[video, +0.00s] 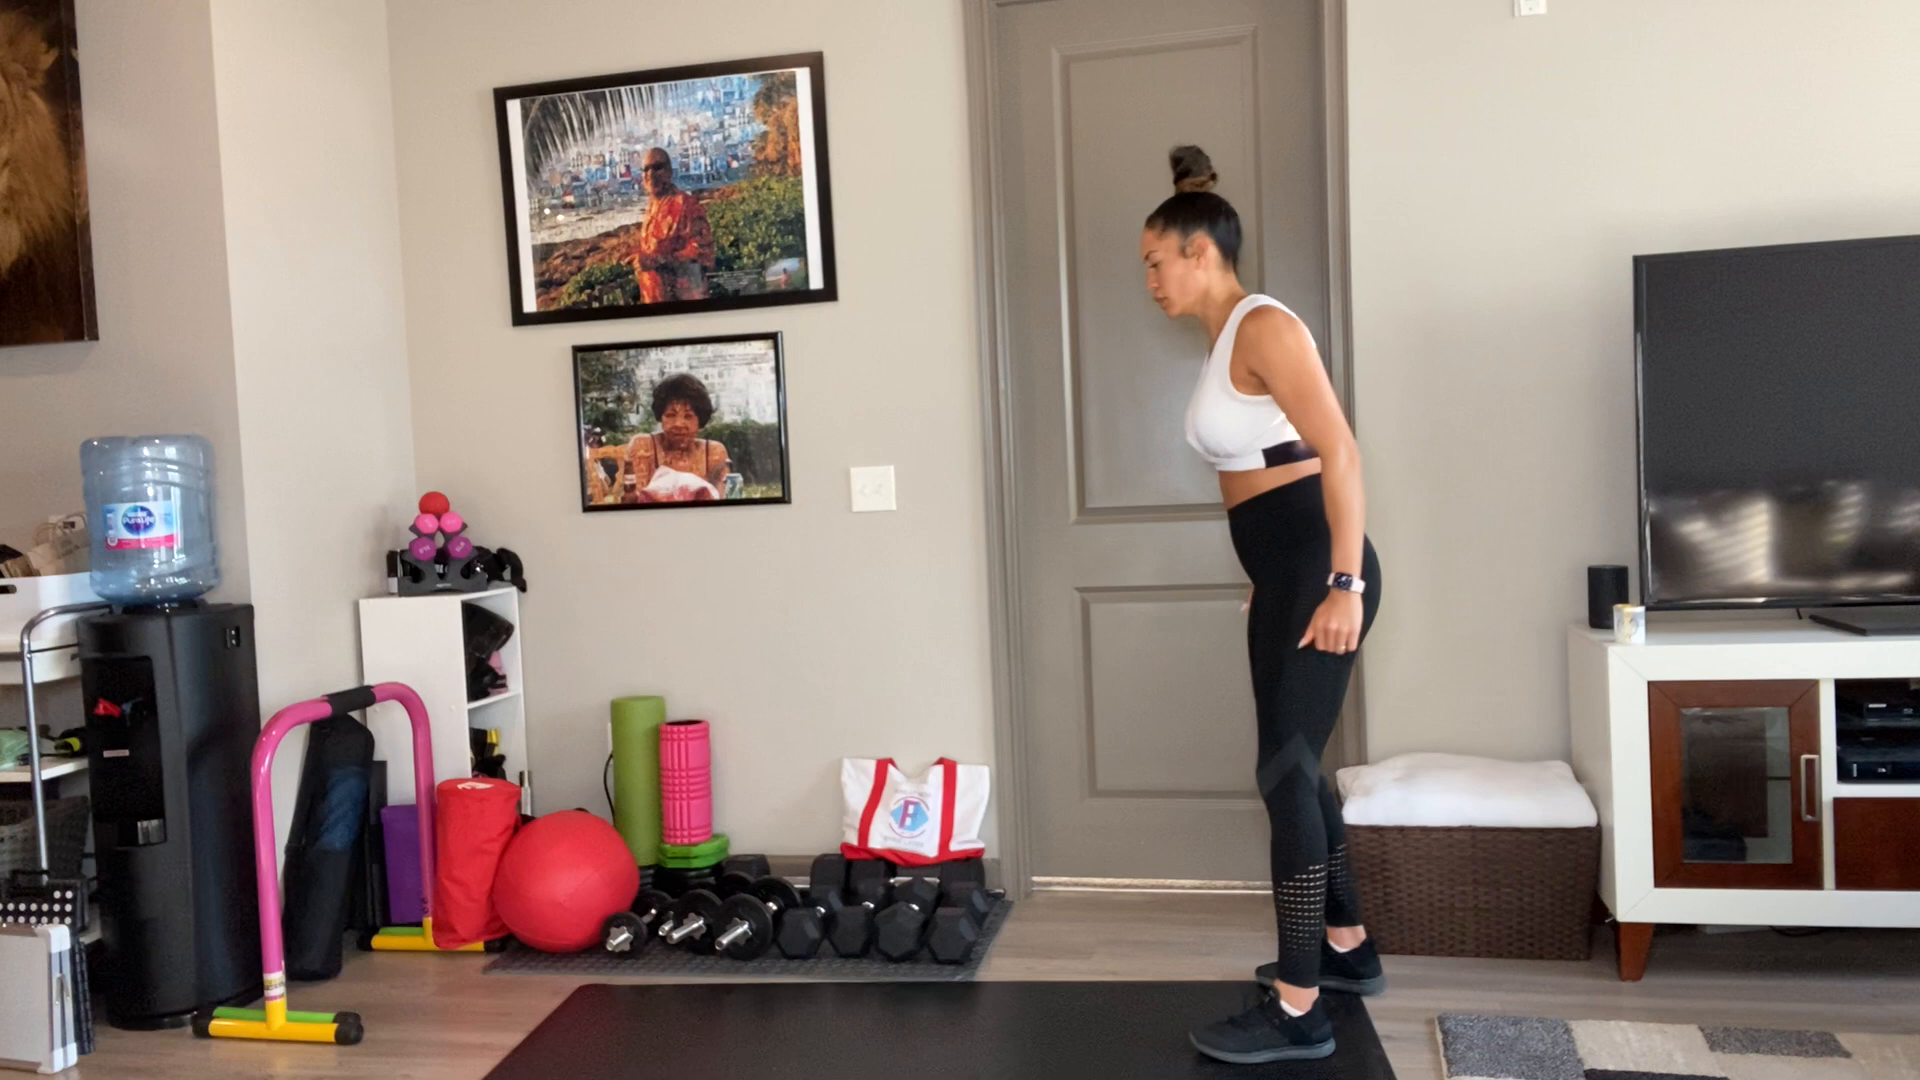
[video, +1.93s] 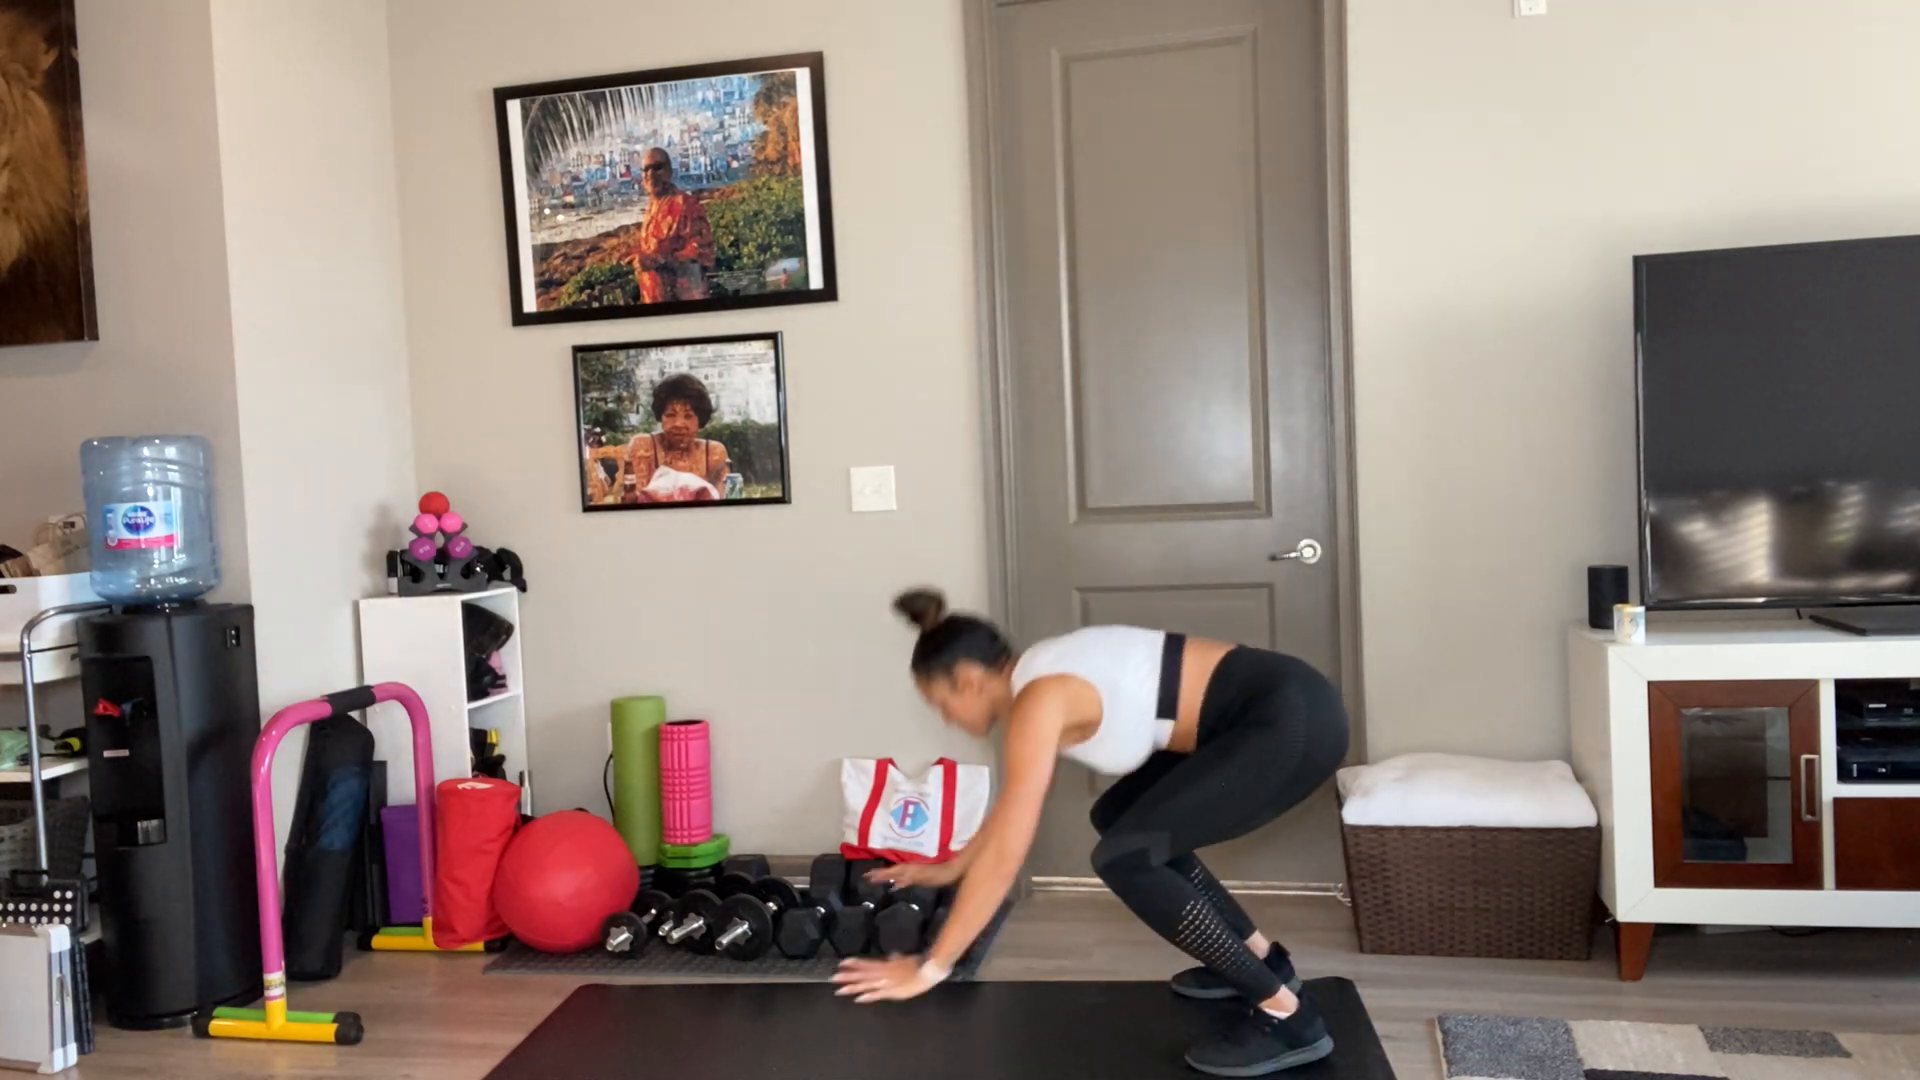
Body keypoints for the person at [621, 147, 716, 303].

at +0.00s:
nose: (650, 174)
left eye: (657, 167)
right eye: (646, 169)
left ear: (670, 172)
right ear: (642, 176)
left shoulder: (686, 204)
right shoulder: (653, 206)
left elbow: (703, 254)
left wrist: (655, 260)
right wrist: (639, 257)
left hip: (683, 297)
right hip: (655, 297)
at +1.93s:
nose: (650, 174)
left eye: (657, 167)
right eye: (646, 169)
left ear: (670, 172)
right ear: (642, 176)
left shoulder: (687, 205)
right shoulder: (653, 206)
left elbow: (703, 255)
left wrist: (655, 260)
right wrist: (639, 257)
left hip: (683, 297)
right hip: (655, 297)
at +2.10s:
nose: (650, 174)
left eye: (657, 167)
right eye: (646, 169)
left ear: (670, 172)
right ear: (642, 175)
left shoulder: (686, 205)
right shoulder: (653, 206)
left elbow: (703, 255)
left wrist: (655, 260)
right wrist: (639, 257)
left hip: (683, 297)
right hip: (655, 297)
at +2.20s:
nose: (650, 174)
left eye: (657, 167)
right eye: (646, 169)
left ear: (670, 172)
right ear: (642, 176)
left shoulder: (686, 205)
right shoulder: (653, 206)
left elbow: (703, 255)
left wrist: (655, 260)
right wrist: (639, 257)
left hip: (683, 297)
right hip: (655, 297)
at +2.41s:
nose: (650, 174)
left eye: (657, 167)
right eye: (646, 169)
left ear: (670, 172)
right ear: (642, 176)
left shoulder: (686, 204)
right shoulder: (653, 206)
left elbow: (703, 255)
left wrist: (656, 260)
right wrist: (639, 257)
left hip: (683, 297)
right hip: (655, 297)